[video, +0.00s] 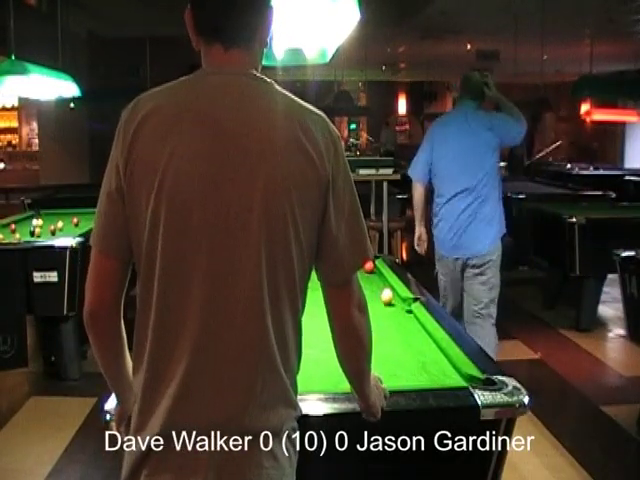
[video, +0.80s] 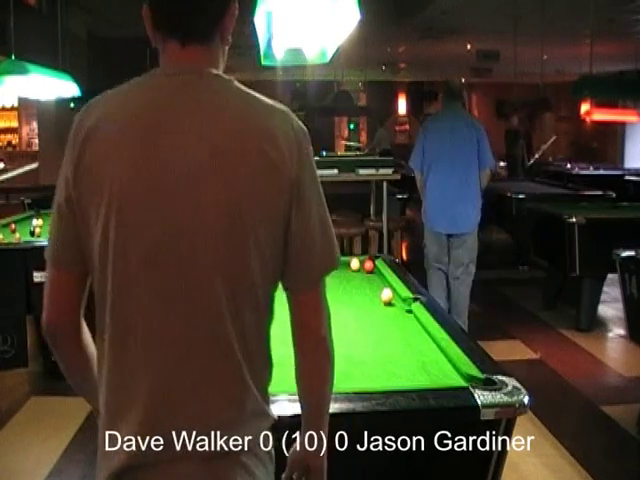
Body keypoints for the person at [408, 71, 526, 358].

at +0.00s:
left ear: (456, 96)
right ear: (485, 97)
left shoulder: (437, 128)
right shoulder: (491, 123)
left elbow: (418, 177)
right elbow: (520, 127)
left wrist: (419, 224)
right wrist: (498, 98)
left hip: (446, 233)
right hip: (484, 233)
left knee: (448, 312)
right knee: (481, 315)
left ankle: (447, 381)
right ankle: (482, 384)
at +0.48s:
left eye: (444, 98)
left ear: (445, 101)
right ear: (466, 102)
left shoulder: (431, 131)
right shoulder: (477, 127)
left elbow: (419, 175)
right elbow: (505, 156)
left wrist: (429, 200)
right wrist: (488, 130)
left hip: (437, 220)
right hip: (470, 220)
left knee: (442, 288)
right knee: (467, 287)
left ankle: (443, 343)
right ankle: (461, 338)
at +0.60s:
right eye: (465, 104)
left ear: (445, 103)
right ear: (467, 104)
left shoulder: (431, 131)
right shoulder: (476, 130)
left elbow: (420, 177)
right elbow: (499, 170)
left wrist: (431, 202)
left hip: (437, 222)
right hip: (469, 221)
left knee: (440, 286)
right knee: (464, 285)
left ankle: (440, 341)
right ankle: (459, 337)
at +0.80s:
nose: (438, 104)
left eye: (439, 100)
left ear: (440, 100)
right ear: (463, 100)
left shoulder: (429, 126)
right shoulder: (474, 126)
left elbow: (417, 169)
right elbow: (487, 168)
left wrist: (426, 199)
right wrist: (474, 193)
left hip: (435, 210)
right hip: (466, 210)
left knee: (436, 268)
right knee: (462, 272)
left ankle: (437, 325)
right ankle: (459, 331)